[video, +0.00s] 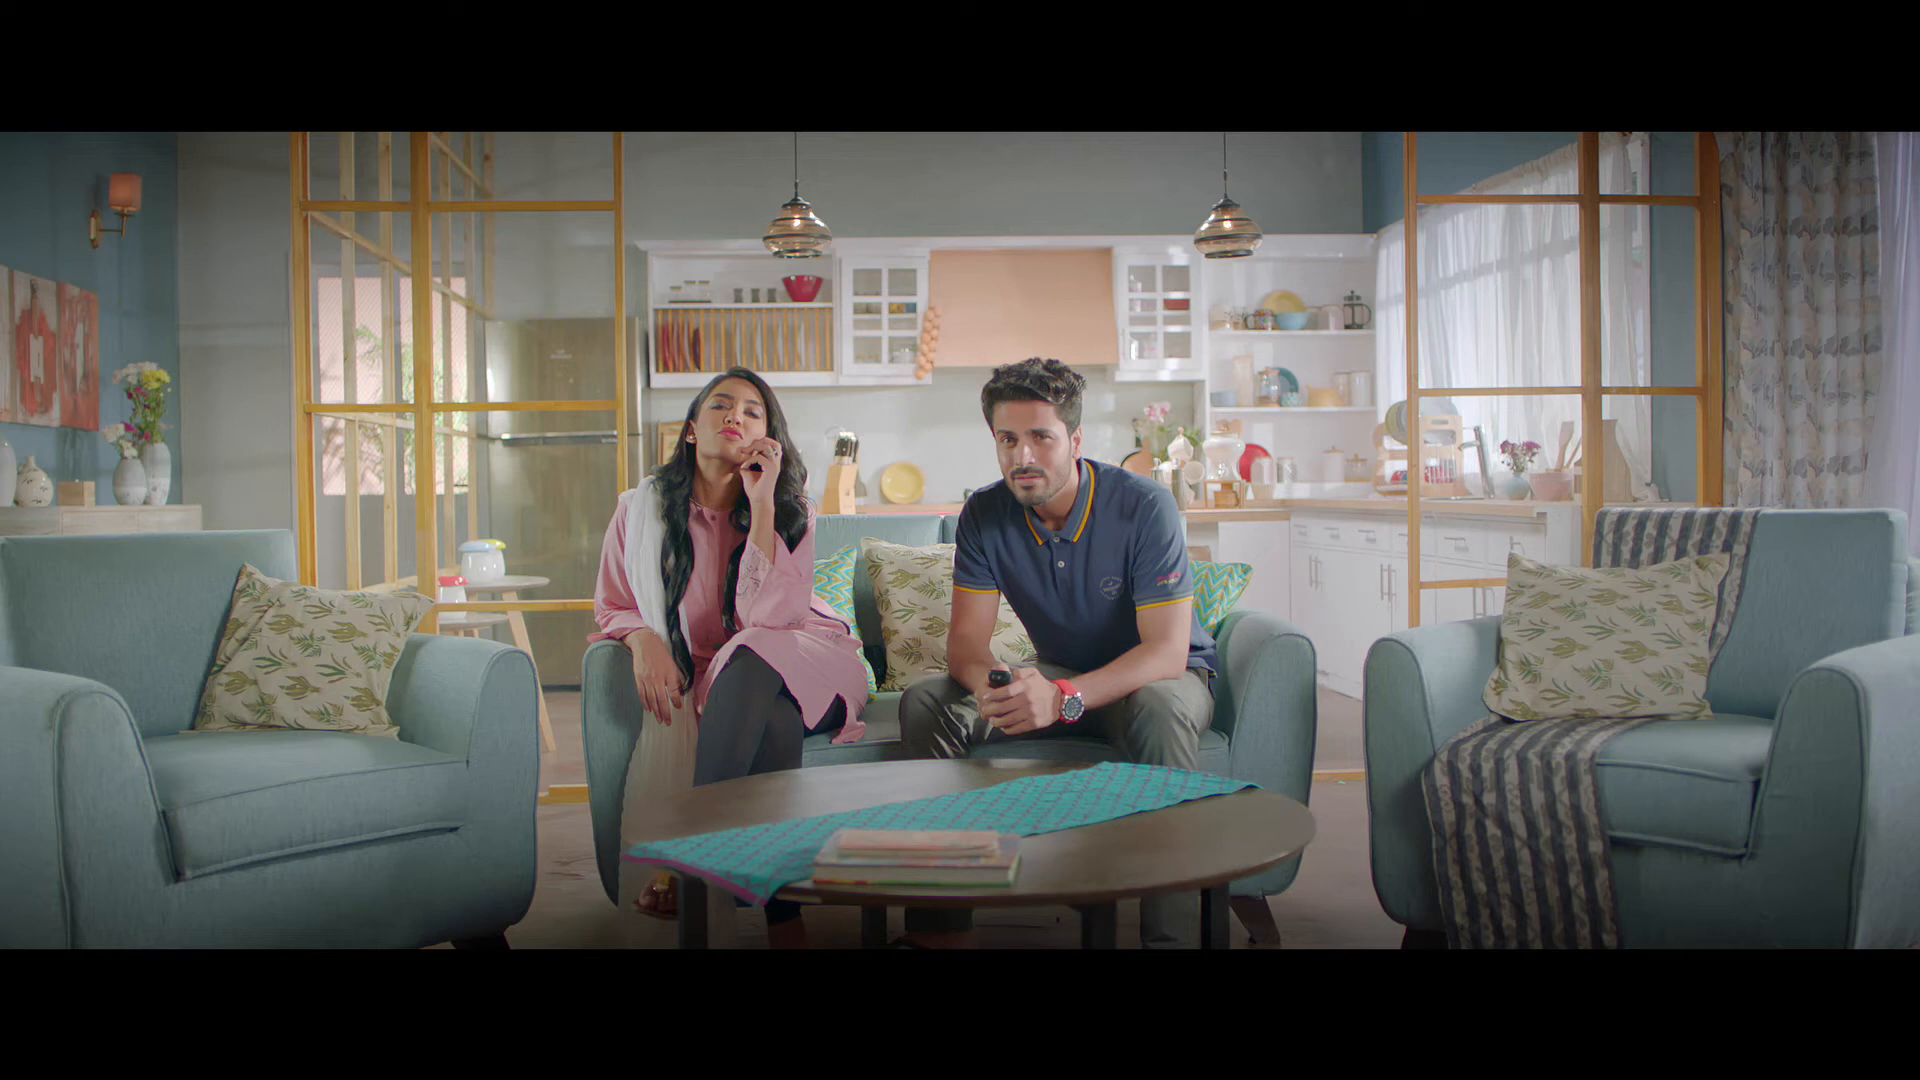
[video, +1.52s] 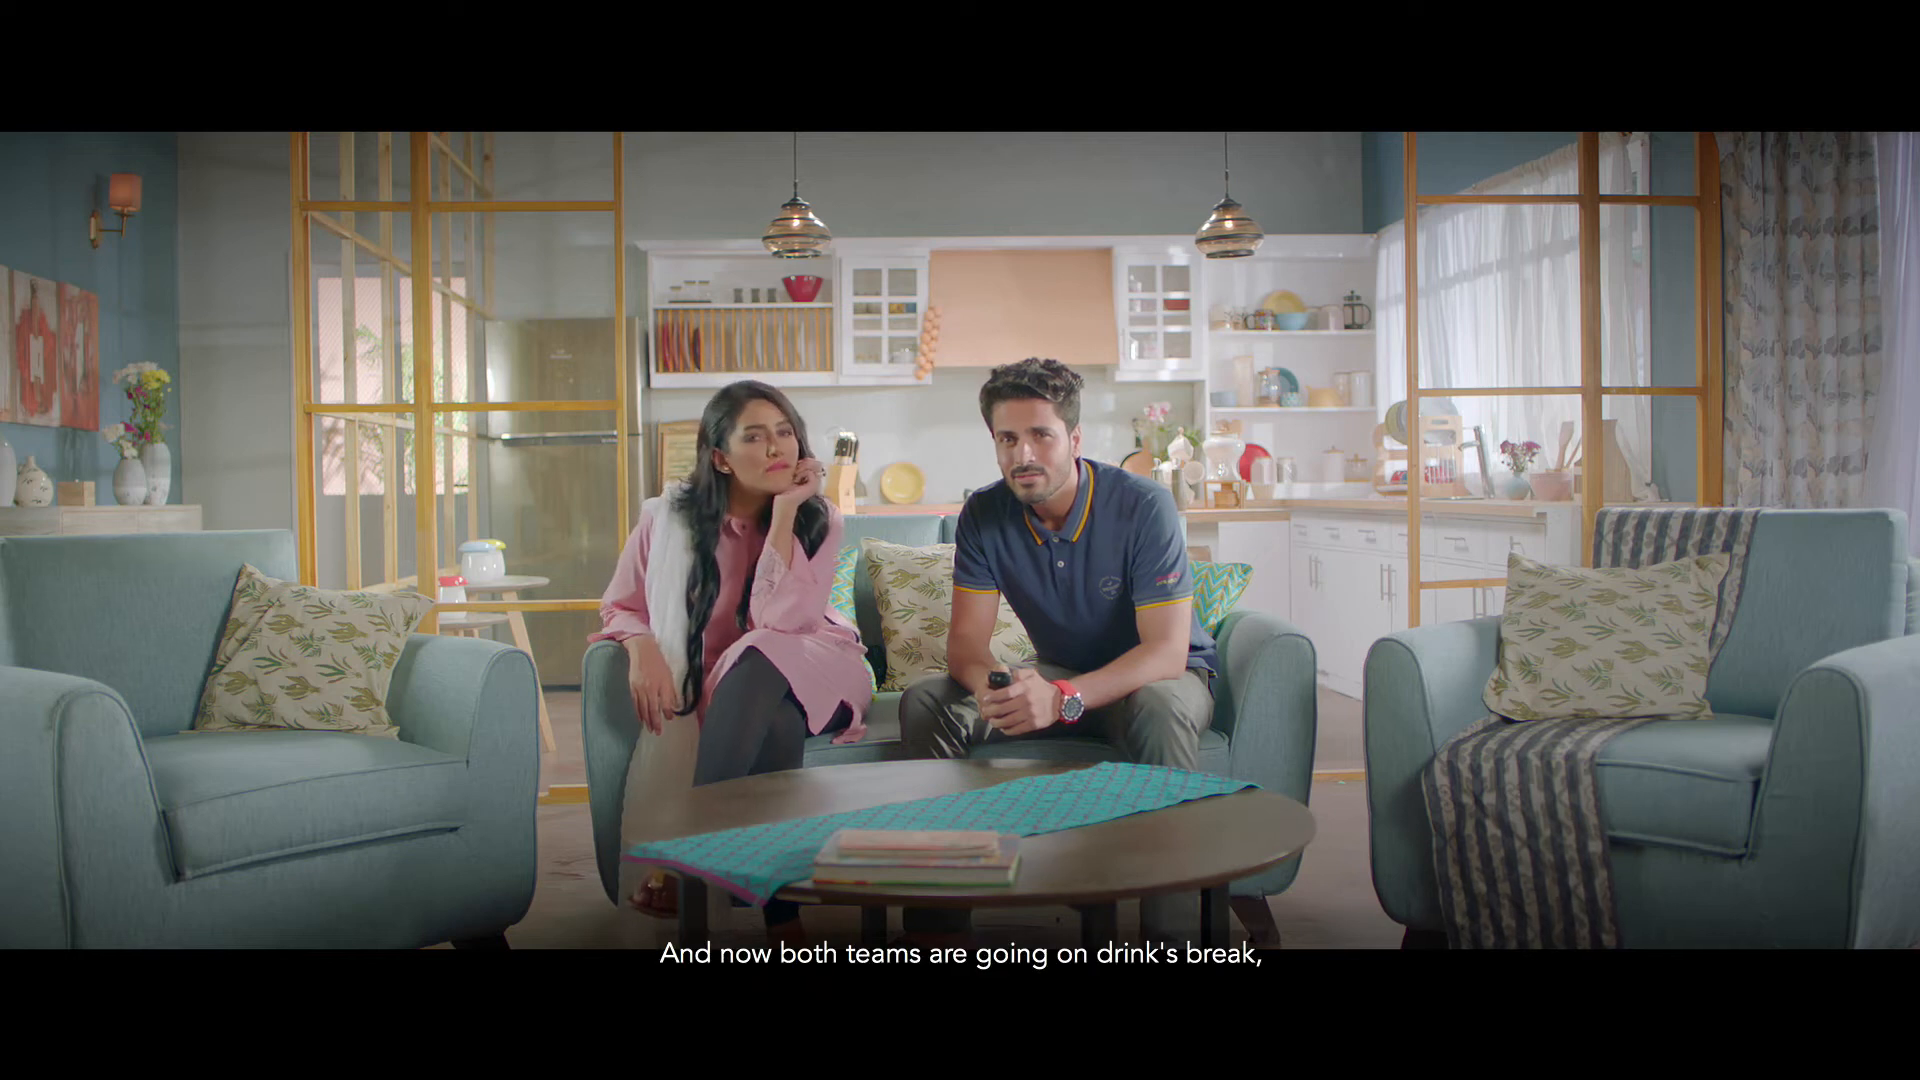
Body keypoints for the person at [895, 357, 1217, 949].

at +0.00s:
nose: (1022, 456)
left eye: (1040, 437)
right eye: (1008, 439)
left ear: (1076, 441)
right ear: (994, 442)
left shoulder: (1143, 507)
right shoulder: (985, 514)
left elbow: (1167, 654)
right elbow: (966, 645)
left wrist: (1065, 698)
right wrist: (997, 687)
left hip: (1154, 680)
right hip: (1056, 681)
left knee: (1160, 707)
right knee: (926, 704)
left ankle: (1170, 936)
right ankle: (938, 922)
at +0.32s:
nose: (1022, 454)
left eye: (1039, 436)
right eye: (1007, 438)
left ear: (1074, 440)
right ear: (993, 442)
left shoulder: (1143, 508)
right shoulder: (985, 515)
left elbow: (1167, 654)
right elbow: (966, 647)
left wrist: (1064, 698)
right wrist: (995, 686)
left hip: (1156, 676)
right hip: (1060, 677)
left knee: (1157, 709)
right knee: (927, 702)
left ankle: (1172, 924)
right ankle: (942, 898)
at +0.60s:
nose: (1023, 454)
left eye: (1039, 436)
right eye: (1007, 438)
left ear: (1074, 440)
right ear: (993, 443)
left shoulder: (1142, 507)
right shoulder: (984, 515)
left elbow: (1167, 654)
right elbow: (966, 648)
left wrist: (1065, 698)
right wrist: (996, 685)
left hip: (1156, 677)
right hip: (1059, 680)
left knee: (1158, 709)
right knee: (926, 702)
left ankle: (1171, 928)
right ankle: (941, 898)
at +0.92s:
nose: (1023, 455)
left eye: (1040, 436)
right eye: (1008, 438)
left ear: (1075, 440)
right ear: (994, 443)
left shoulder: (1143, 507)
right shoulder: (985, 515)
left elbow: (1167, 654)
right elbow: (966, 647)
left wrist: (1065, 698)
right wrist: (996, 686)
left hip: (1156, 676)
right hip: (1060, 677)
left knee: (1157, 709)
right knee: (927, 702)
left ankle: (1172, 924)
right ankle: (942, 898)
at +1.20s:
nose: (1023, 454)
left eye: (1039, 435)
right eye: (1008, 438)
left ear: (1075, 440)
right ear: (993, 443)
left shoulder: (1142, 507)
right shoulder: (984, 515)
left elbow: (1167, 654)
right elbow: (966, 646)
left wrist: (1065, 698)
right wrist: (994, 686)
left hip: (1157, 676)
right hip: (1060, 677)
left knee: (1157, 709)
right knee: (926, 702)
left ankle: (1172, 923)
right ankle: (943, 898)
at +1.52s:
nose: (1023, 454)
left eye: (1040, 436)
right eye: (1008, 438)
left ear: (1075, 440)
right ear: (993, 443)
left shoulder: (1143, 507)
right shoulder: (985, 515)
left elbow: (1167, 654)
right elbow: (966, 647)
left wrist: (1064, 698)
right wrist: (995, 687)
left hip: (1157, 675)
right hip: (1059, 676)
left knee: (1157, 709)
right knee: (927, 702)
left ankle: (1172, 926)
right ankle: (941, 898)